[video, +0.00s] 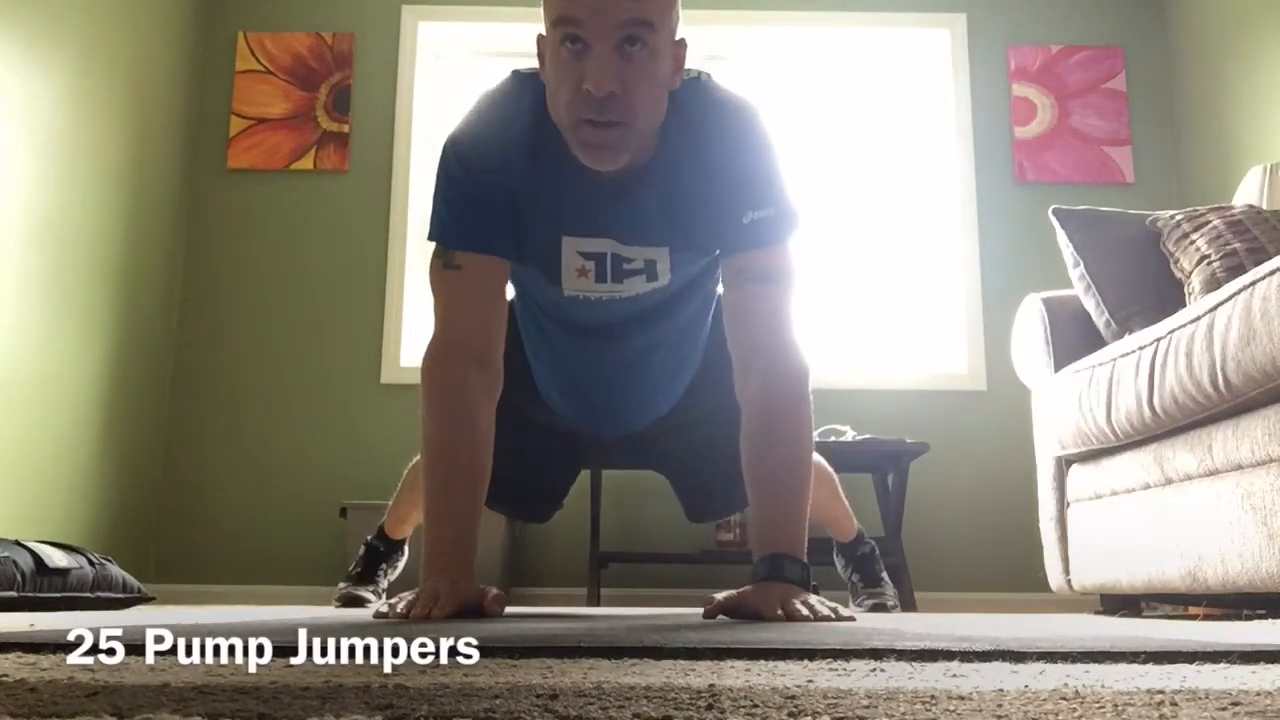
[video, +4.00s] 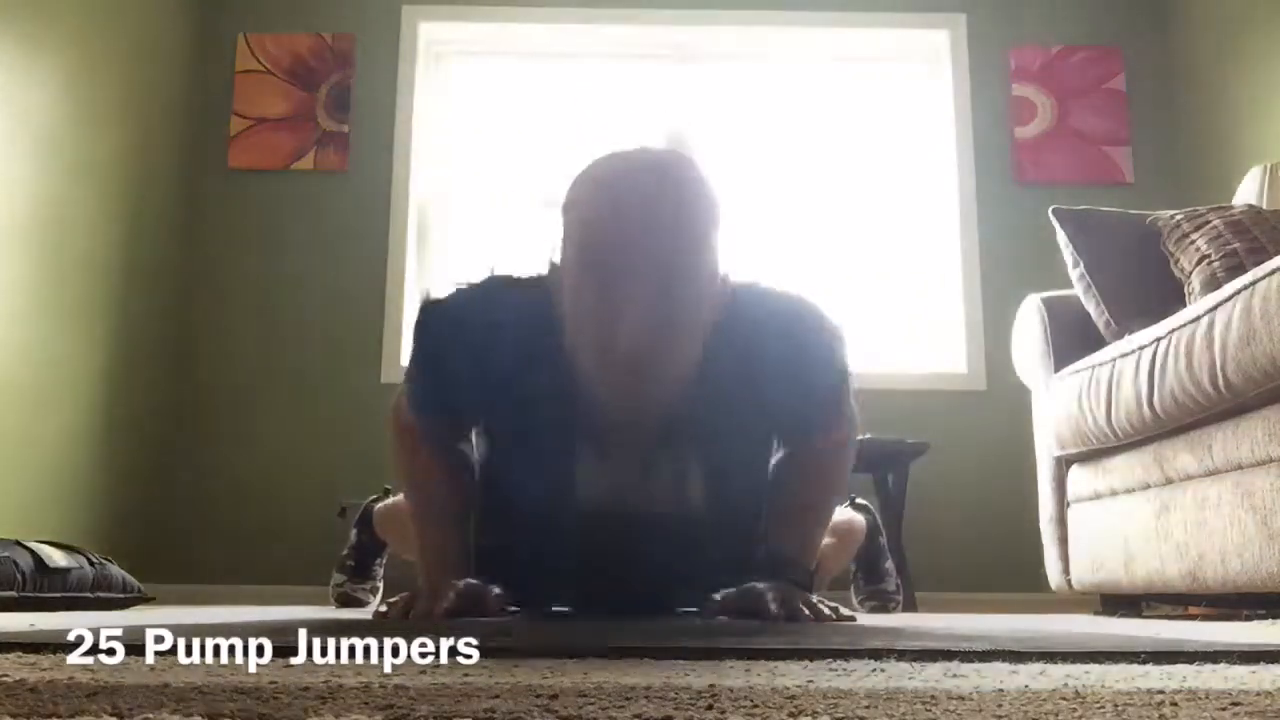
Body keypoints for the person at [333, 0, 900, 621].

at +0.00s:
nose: (598, 81)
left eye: (632, 45)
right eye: (575, 46)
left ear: (676, 58)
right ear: (543, 54)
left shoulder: (728, 136)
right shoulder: (490, 142)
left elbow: (770, 359)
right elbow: (462, 360)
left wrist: (782, 575)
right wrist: (446, 582)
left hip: (691, 384)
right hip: (538, 384)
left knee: (787, 470)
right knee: (448, 467)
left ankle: (860, 557)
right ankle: (382, 553)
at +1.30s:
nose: (626, 160)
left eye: (645, 134)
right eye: (602, 134)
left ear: (693, 54)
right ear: (561, 57)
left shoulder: (748, 108)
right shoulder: (494, 115)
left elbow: (783, 360)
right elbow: (462, 353)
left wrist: (784, 576)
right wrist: (446, 582)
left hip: (694, 330)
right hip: (544, 329)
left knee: (794, 454)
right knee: (449, 452)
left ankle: (859, 545)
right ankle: (385, 545)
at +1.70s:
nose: (623, 238)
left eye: (644, 225)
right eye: (600, 225)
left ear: (694, 139)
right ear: (552, 142)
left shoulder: (743, 122)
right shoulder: (496, 126)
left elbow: (782, 366)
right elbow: (463, 356)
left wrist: (779, 572)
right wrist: (448, 578)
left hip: (692, 329)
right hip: (539, 327)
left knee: (786, 438)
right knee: (455, 423)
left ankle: (858, 542)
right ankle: (387, 533)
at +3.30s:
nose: (623, 235)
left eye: (657, 199)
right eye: (591, 198)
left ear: (700, 179)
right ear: (554, 179)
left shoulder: (761, 233)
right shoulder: (479, 234)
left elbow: (797, 402)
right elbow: (440, 408)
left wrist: (779, 573)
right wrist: (447, 582)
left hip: (704, 420)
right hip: (532, 419)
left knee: (801, 469)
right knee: (435, 462)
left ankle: (859, 540)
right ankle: (380, 532)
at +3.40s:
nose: (627, 322)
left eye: (661, 282)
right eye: (593, 279)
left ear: (709, 268)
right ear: (551, 266)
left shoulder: (768, 306)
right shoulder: (471, 306)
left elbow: (804, 434)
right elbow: (435, 431)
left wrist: (781, 575)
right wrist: (445, 587)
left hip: (708, 465)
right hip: (530, 466)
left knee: (800, 482)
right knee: (437, 477)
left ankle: (859, 540)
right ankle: (374, 533)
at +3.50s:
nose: (627, 410)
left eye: (659, 369)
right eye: (596, 369)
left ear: (713, 344)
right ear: (547, 342)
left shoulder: (789, 369)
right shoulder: (462, 360)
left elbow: (825, 427)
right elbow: (418, 432)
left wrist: (781, 572)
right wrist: (448, 578)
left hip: (714, 530)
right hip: (525, 529)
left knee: (830, 521)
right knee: (417, 516)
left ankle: (860, 544)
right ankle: (369, 534)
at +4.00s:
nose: (628, 337)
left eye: (662, 306)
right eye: (604, 297)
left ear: (715, 281)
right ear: (563, 268)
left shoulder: (790, 340)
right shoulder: (471, 329)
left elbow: (826, 434)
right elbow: (421, 426)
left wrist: (778, 576)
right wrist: (446, 584)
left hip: (706, 585)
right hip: (531, 580)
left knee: (842, 534)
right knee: (402, 524)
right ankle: (382, 521)